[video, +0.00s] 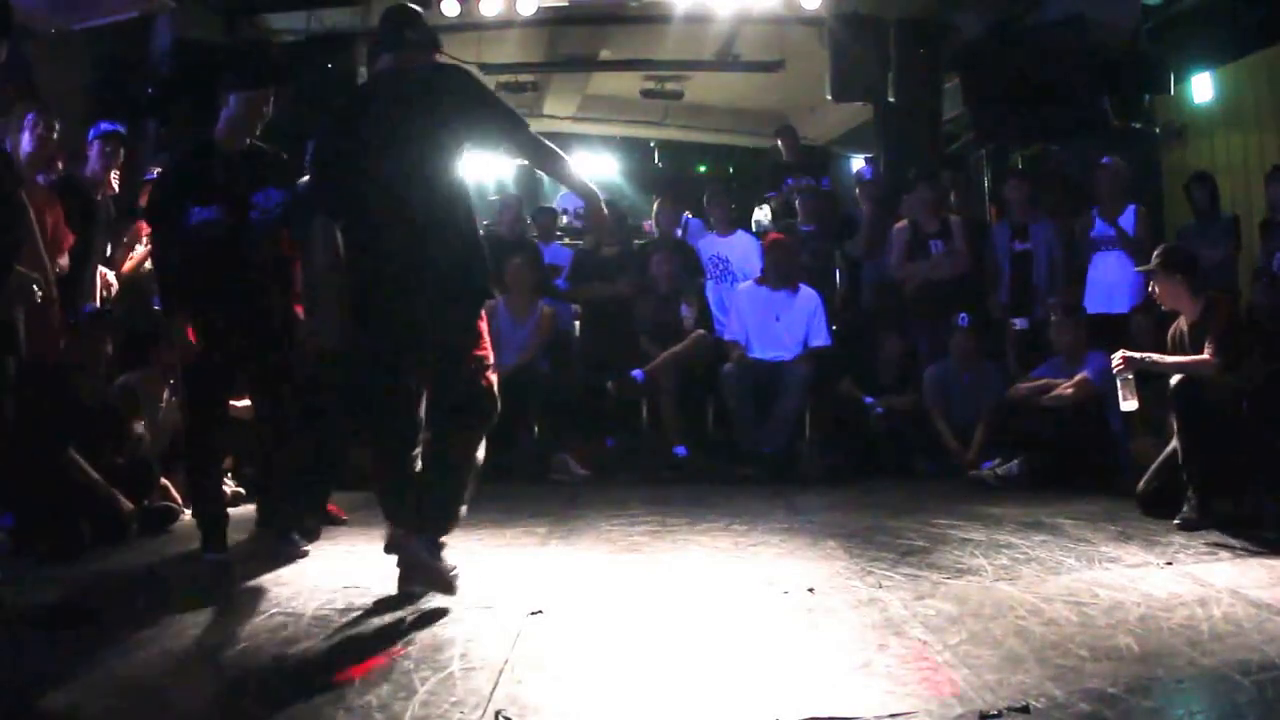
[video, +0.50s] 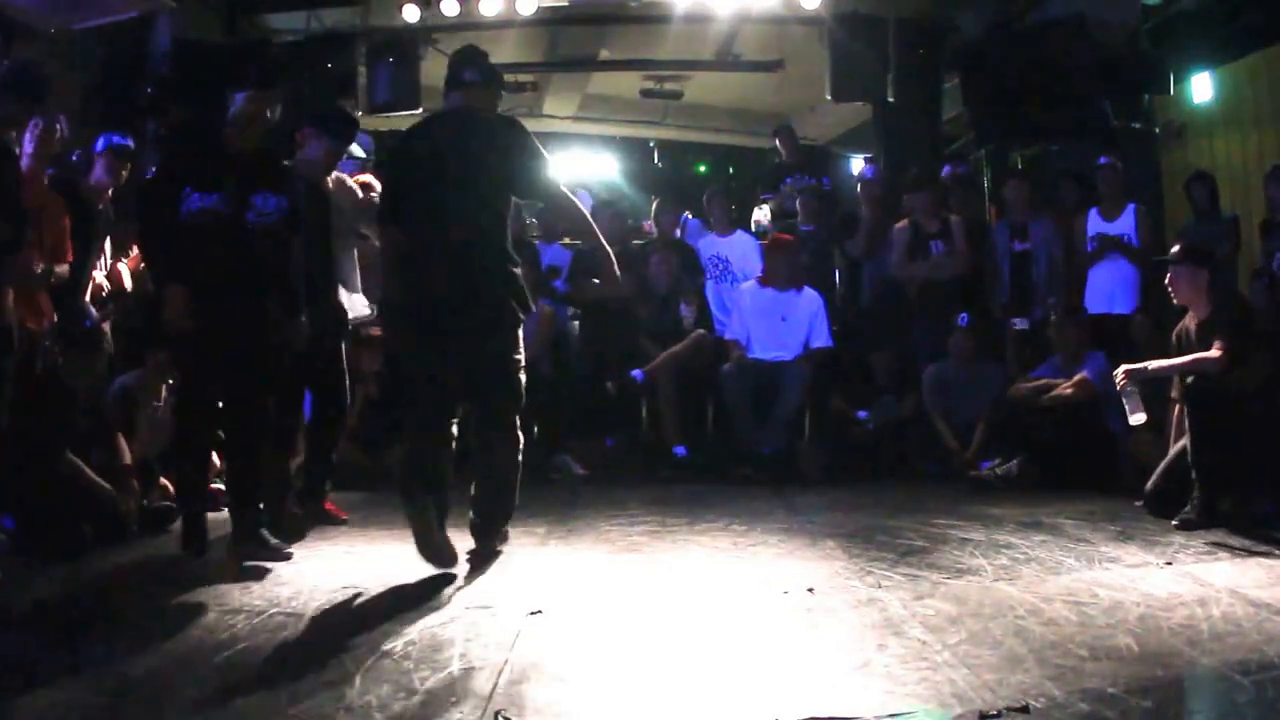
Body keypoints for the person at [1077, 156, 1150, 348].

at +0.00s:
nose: (1105, 185)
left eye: (1109, 179)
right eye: (1101, 179)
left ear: (1121, 182)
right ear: (1096, 182)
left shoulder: (1136, 214)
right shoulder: (1090, 217)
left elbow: (1140, 253)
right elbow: (1080, 252)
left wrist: (1116, 227)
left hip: (1126, 291)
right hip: (1097, 291)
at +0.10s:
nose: (1107, 187)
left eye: (1112, 180)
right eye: (1103, 181)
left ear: (1123, 183)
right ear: (1098, 184)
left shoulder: (1136, 214)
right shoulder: (1089, 218)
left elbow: (1142, 252)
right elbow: (1081, 257)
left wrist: (1121, 225)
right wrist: (1090, 244)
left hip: (1128, 284)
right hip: (1098, 284)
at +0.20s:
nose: (1107, 185)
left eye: (1112, 179)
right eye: (1103, 179)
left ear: (1123, 182)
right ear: (1098, 183)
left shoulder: (1136, 213)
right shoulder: (1090, 216)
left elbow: (1145, 252)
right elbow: (1083, 259)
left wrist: (1116, 241)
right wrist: (1100, 245)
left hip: (1127, 296)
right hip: (1097, 297)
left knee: (1130, 350)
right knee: (1099, 350)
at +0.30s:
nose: (1106, 184)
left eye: (1111, 178)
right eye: (1102, 178)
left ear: (1120, 181)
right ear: (1098, 182)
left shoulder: (1136, 213)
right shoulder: (1090, 216)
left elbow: (1145, 251)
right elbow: (1082, 259)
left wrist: (1120, 237)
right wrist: (1097, 248)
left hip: (1127, 290)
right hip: (1097, 291)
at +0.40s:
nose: (1107, 183)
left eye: (1111, 178)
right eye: (1103, 178)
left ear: (1121, 180)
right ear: (1098, 182)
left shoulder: (1136, 213)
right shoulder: (1088, 217)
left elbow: (1142, 253)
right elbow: (1081, 260)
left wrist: (1116, 228)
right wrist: (1096, 251)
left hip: (1127, 292)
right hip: (1097, 292)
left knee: (1127, 345)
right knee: (1098, 345)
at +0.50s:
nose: (1107, 183)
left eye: (1111, 177)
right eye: (1102, 178)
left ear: (1120, 180)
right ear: (1097, 181)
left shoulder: (1137, 214)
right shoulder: (1087, 218)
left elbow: (1145, 259)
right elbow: (1080, 263)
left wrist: (1119, 245)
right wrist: (1100, 250)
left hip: (1127, 302)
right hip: (1096, 303)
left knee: (1128, 360)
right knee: (1098, 361)